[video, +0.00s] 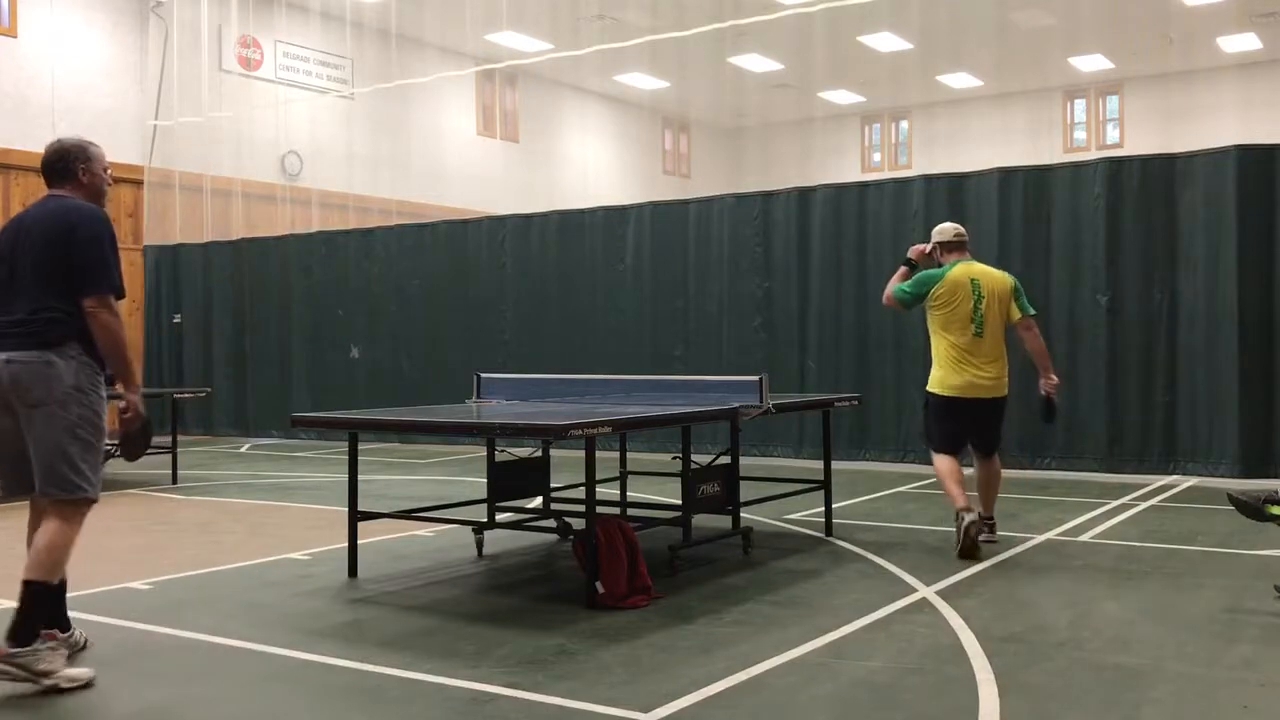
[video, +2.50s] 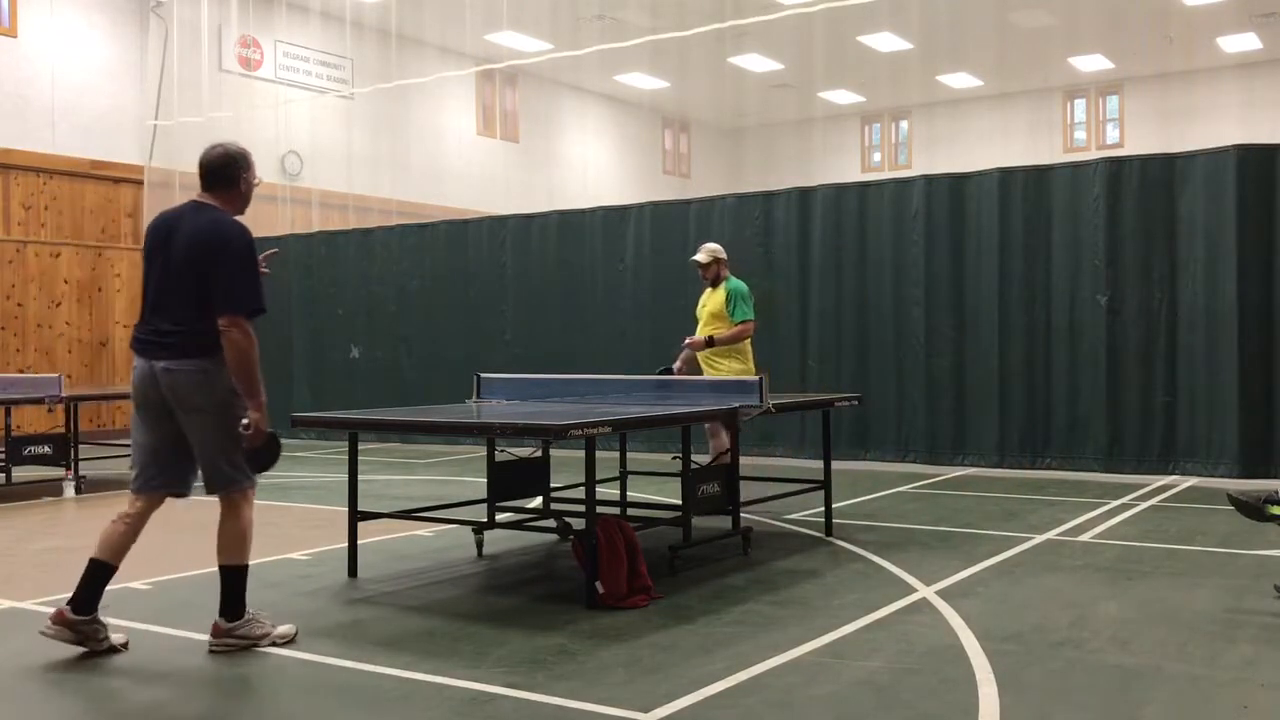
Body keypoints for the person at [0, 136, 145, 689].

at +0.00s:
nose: (110, 179)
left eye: (108, 170)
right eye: (105, 170)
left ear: (54, 176)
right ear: (84, 172)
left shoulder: (16, 224)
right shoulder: (88, 218)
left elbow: (15, 306)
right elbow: (98, 306)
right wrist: (130, 386)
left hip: (9, 366)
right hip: (57, 368)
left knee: (43, 503)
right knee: (70, 503)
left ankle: (54, 627)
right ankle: (22, 644)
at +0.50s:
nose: (108, 173)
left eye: (107, 163)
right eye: (99, 162)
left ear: (59, 165)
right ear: (62, 165)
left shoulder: (31, 214)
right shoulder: (41, 219)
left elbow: (36, 322)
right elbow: (37, 322)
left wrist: (69, 409)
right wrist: (63, 414)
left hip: (25, 380)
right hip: (20, 383)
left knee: (37, 509)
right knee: (13, 516)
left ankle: (58, 628)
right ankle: (5, 658)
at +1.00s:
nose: (106, 170)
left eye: (106, 160)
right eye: (95, 159)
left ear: (63, 162)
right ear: (56, 160)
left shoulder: (53, 219)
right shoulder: (32, 218)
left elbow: (53, 322)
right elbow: (20, 322)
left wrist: (78, 404)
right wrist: (38, 410)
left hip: (54, 392)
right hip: (29, 393)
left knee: (54, 508)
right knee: (16, 519)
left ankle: (61, 629)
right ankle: (7, 659)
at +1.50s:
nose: (130, 175)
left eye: (128, 167)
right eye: (125, 167)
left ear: (81, 171)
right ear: (102, 171)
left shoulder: (57, 221)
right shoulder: (78, 225)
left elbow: (69, 314)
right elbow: (82, 321)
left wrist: (128, 355)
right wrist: (115, 400)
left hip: (61, 374)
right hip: (65, 377)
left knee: (94, 503)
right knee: (78, 510)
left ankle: (66, 628)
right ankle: (11, 645)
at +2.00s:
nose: (160, 183)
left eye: (158, 175)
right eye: (157, 174)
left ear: (105, 176)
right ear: (143, 175)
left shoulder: (77, 225)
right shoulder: (130, 225)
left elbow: (104, 292)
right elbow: (134, 313)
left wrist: (167, 271)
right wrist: (171, 390)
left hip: (74, 374)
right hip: (116, 375)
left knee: (90, 502)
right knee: (174, 493)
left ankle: (61, 630)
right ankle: (220, 618)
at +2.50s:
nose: (256, 184)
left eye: (254, 176)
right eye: (254, 177)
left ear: (203, 181)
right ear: (243, 183)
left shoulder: (162, 224)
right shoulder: (232, 236)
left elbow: (178, 293)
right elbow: (232, 326)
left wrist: (241, 275)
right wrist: (257, 405)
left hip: (149, 371)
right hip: (202, 375)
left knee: (146, 493)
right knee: (237, 492)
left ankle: (79, 609)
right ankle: (233, 618)